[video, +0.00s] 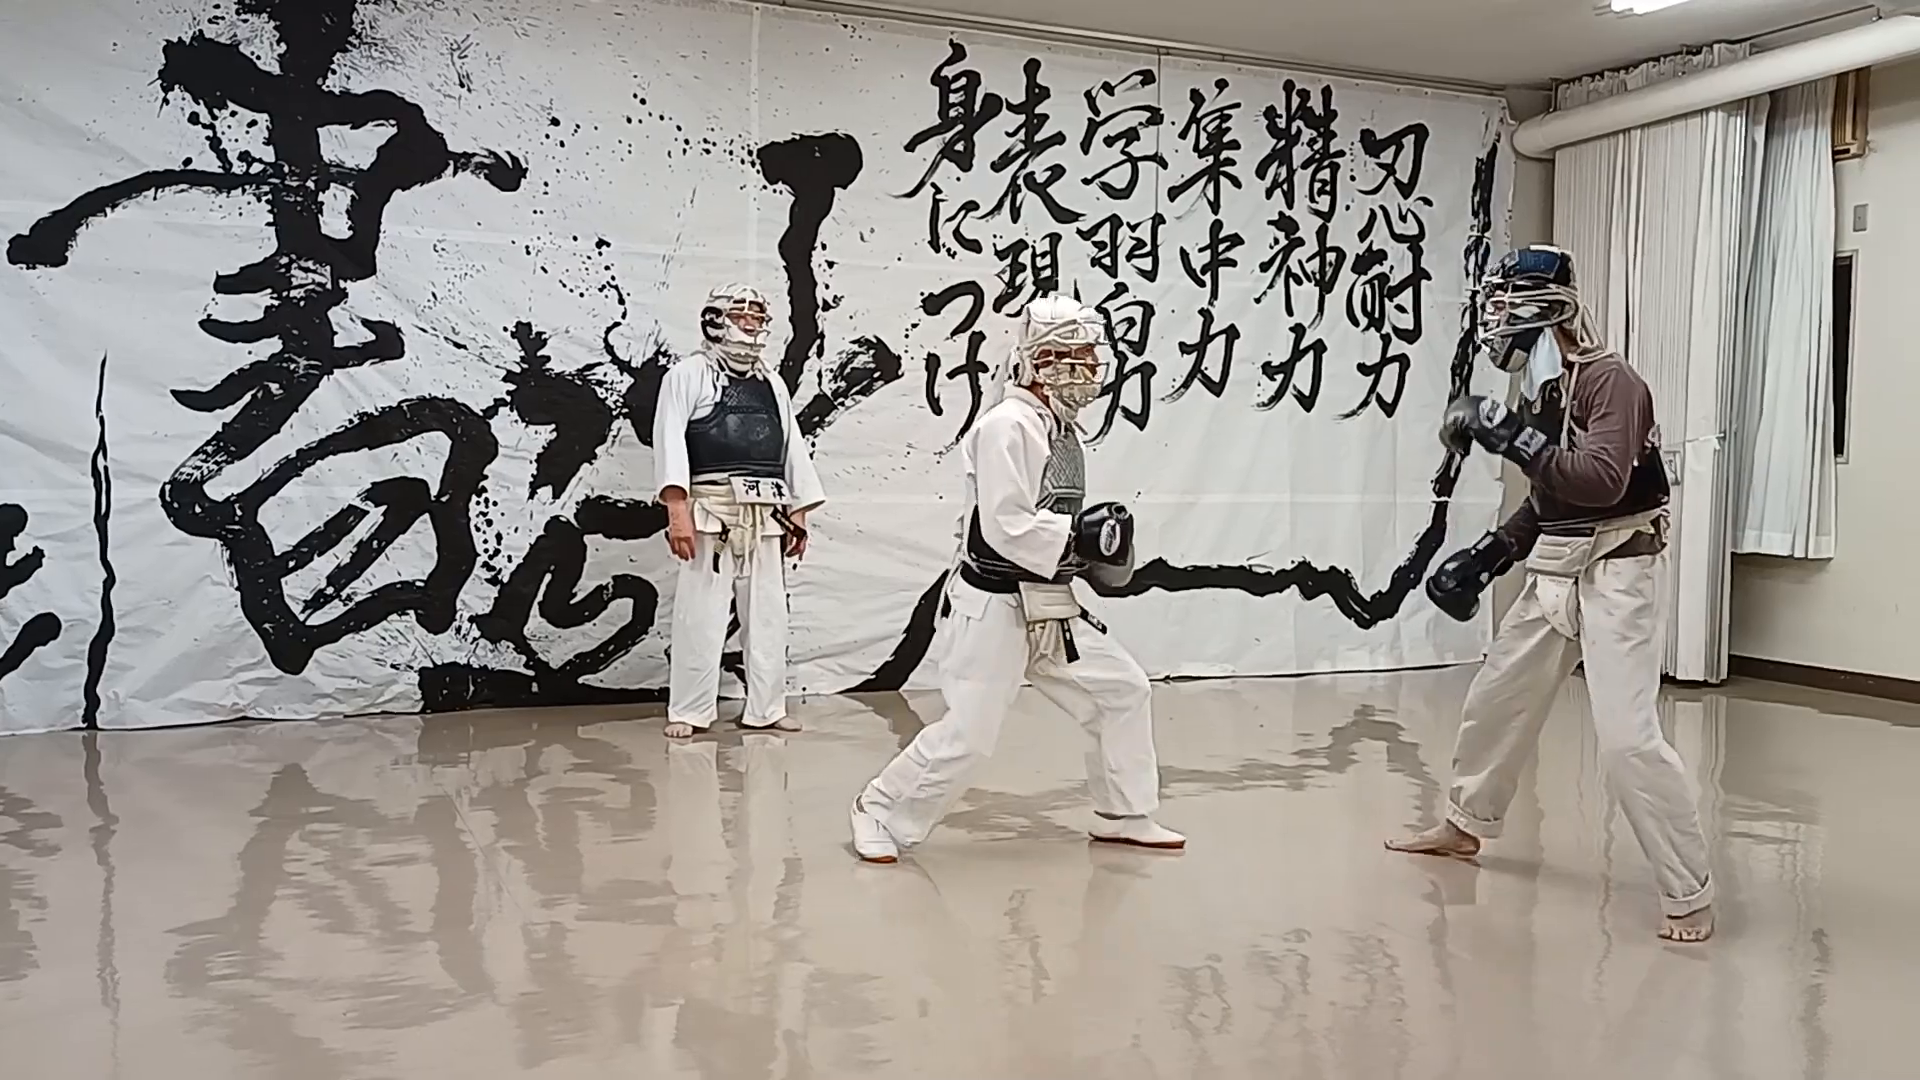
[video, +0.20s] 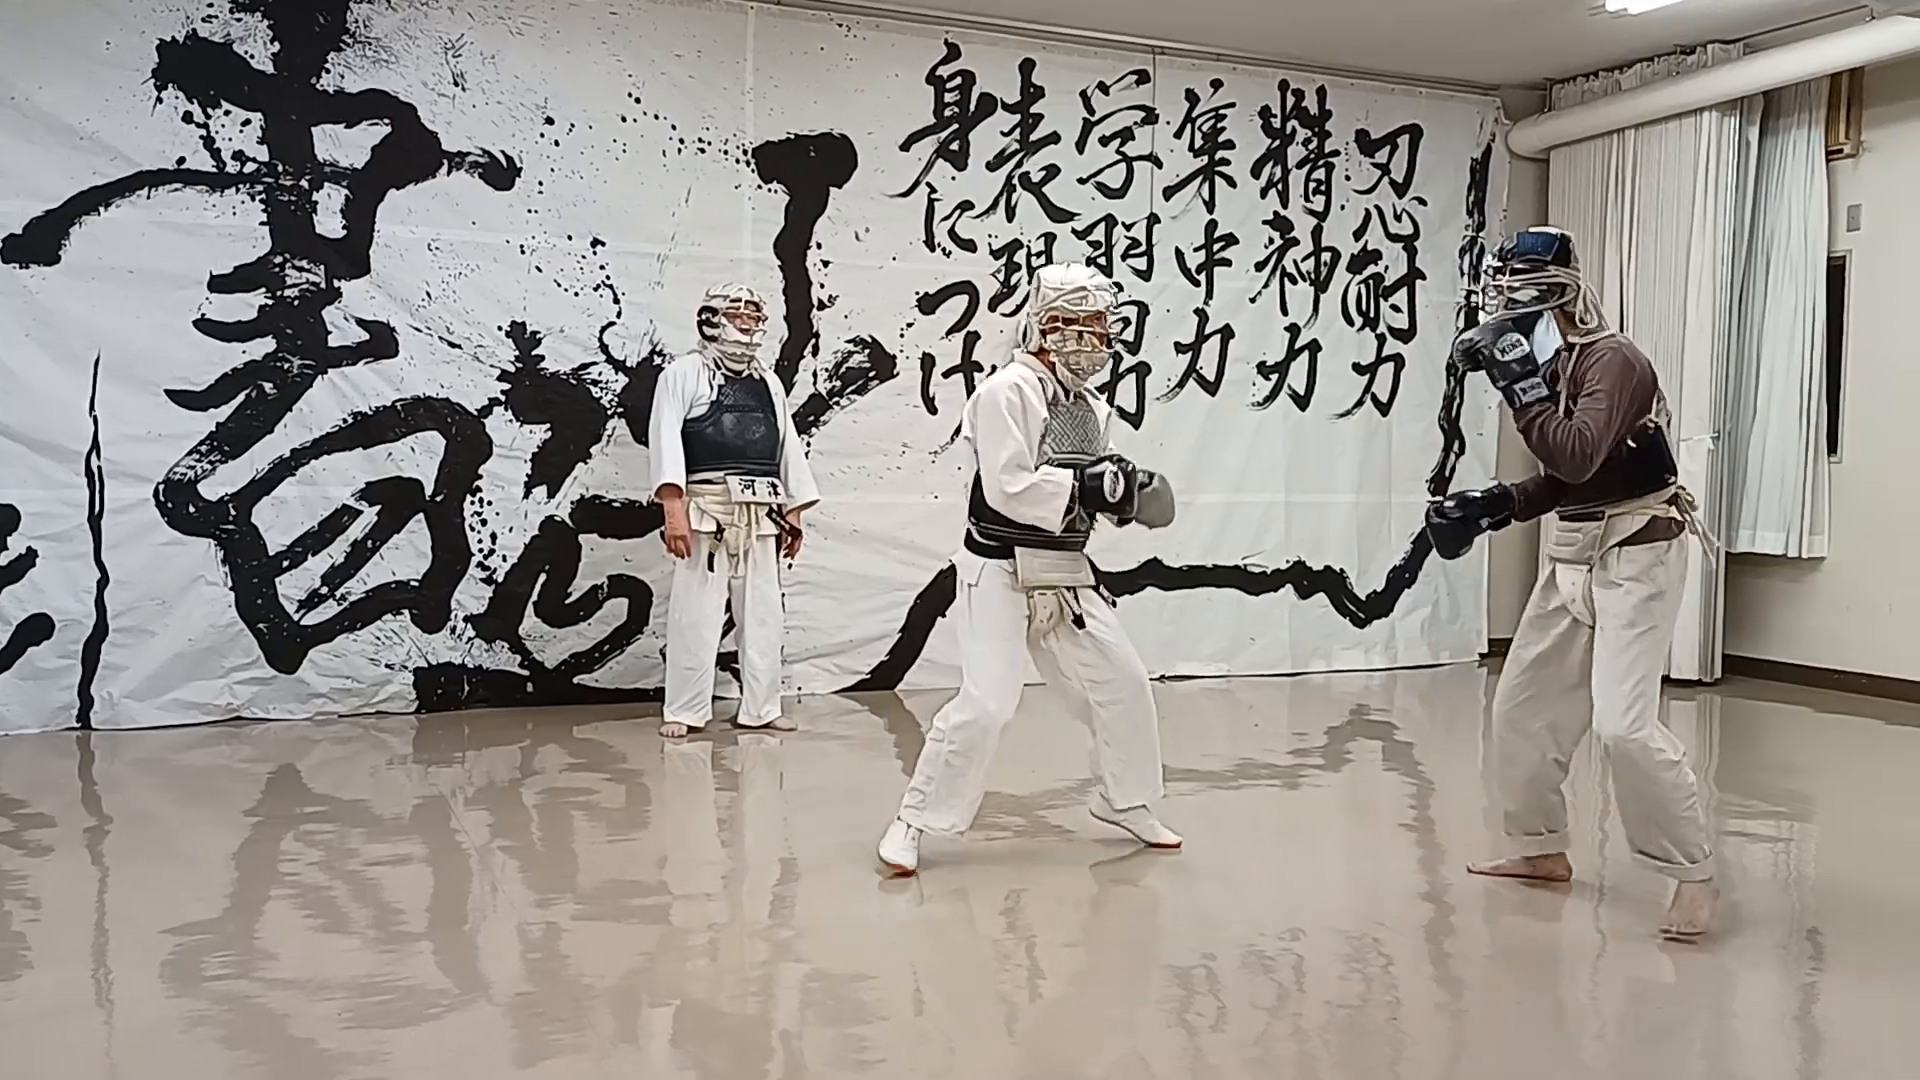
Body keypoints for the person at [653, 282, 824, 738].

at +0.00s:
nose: (752, 325)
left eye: (758, 319)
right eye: (742, 317)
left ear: (763, 326)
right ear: (717, 320)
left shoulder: (772, 381)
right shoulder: (687, 374)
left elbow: (791, 448)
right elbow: (669, 443)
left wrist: (798, 512)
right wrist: (677, 511)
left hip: (766, 511)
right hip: (706, 510)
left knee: (768, 615)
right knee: (699, 616)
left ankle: (765, 710)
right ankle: (689, 715)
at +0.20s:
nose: (746, 325)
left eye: (754, 319)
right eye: (736, 316)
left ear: (760, 326)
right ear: (713, 319)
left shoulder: (768, 380)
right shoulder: (683, 373)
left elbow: (787, 447)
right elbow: (665, 442)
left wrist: (793, 510)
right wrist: (674, 510)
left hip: (762, 512)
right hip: (701, 510)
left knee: (764, 615)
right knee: (694, 616)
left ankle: (760, 711)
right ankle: (684, 714)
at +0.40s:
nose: (745, 325)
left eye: (752, 319)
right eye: (735, 316)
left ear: (758, 326)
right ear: (711, 318)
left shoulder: (766, 379)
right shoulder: (681, 371)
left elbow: (786, 446)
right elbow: (663, 441)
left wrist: (792, 509)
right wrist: (671, 509)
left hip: (760, 510)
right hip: (700, 509)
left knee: (761, 615)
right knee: (692, 616)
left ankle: (758, 710)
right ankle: (682, 714)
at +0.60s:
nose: (746, 318)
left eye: (753, 312)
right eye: (736, 310)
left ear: (759, 321)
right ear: (713, 316)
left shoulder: (768, 378)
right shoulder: (683, 370)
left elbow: (788, 445)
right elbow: (664, 441)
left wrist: (795, 508)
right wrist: (672, 509)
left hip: (762, 510)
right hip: (701, 508)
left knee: (763, 614)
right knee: (693, 615)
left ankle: (759, 709)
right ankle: (683, 713)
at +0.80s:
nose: (743, 319)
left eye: (750, 313)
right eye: (734, 311)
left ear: (755, 321)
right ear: (709, 316)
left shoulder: (765, 378)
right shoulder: (680, 370)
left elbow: (784, 446)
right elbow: (661, 440)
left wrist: (791, 508)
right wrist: (668, 509)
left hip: (758, 509)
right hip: (698, 508)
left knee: (760, 614)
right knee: (690, 615)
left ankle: (756, 709)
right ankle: (680, 713)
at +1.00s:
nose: (734, 320)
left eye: (742, 314)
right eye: (724, 312)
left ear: (750, 323)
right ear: (702, 317)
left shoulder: (759, 379)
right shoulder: (674, 371)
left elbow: (779, 446)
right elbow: (655, 441)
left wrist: (784, 510)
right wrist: (662, 509)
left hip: (752, 510)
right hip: (692, 509)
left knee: (755, 614)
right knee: (685, 615)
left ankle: (751, 708)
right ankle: (675, 713)